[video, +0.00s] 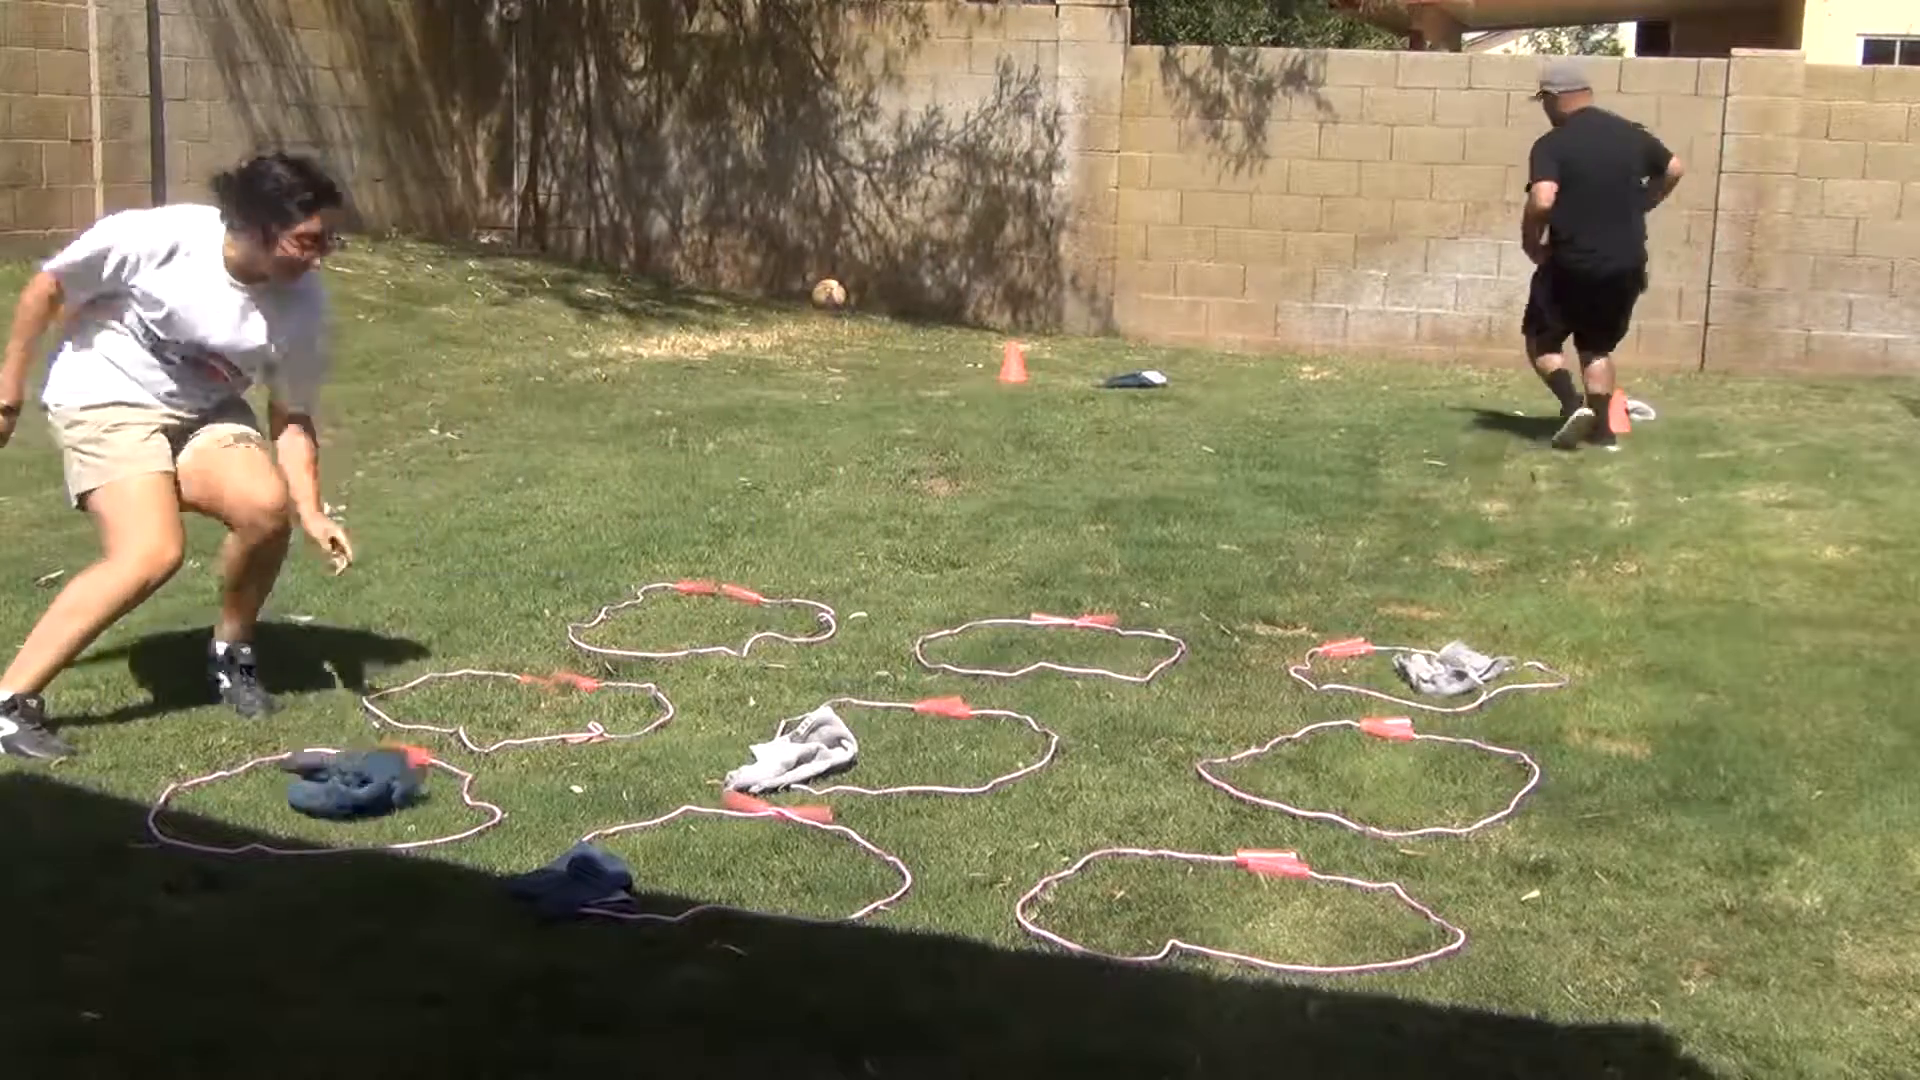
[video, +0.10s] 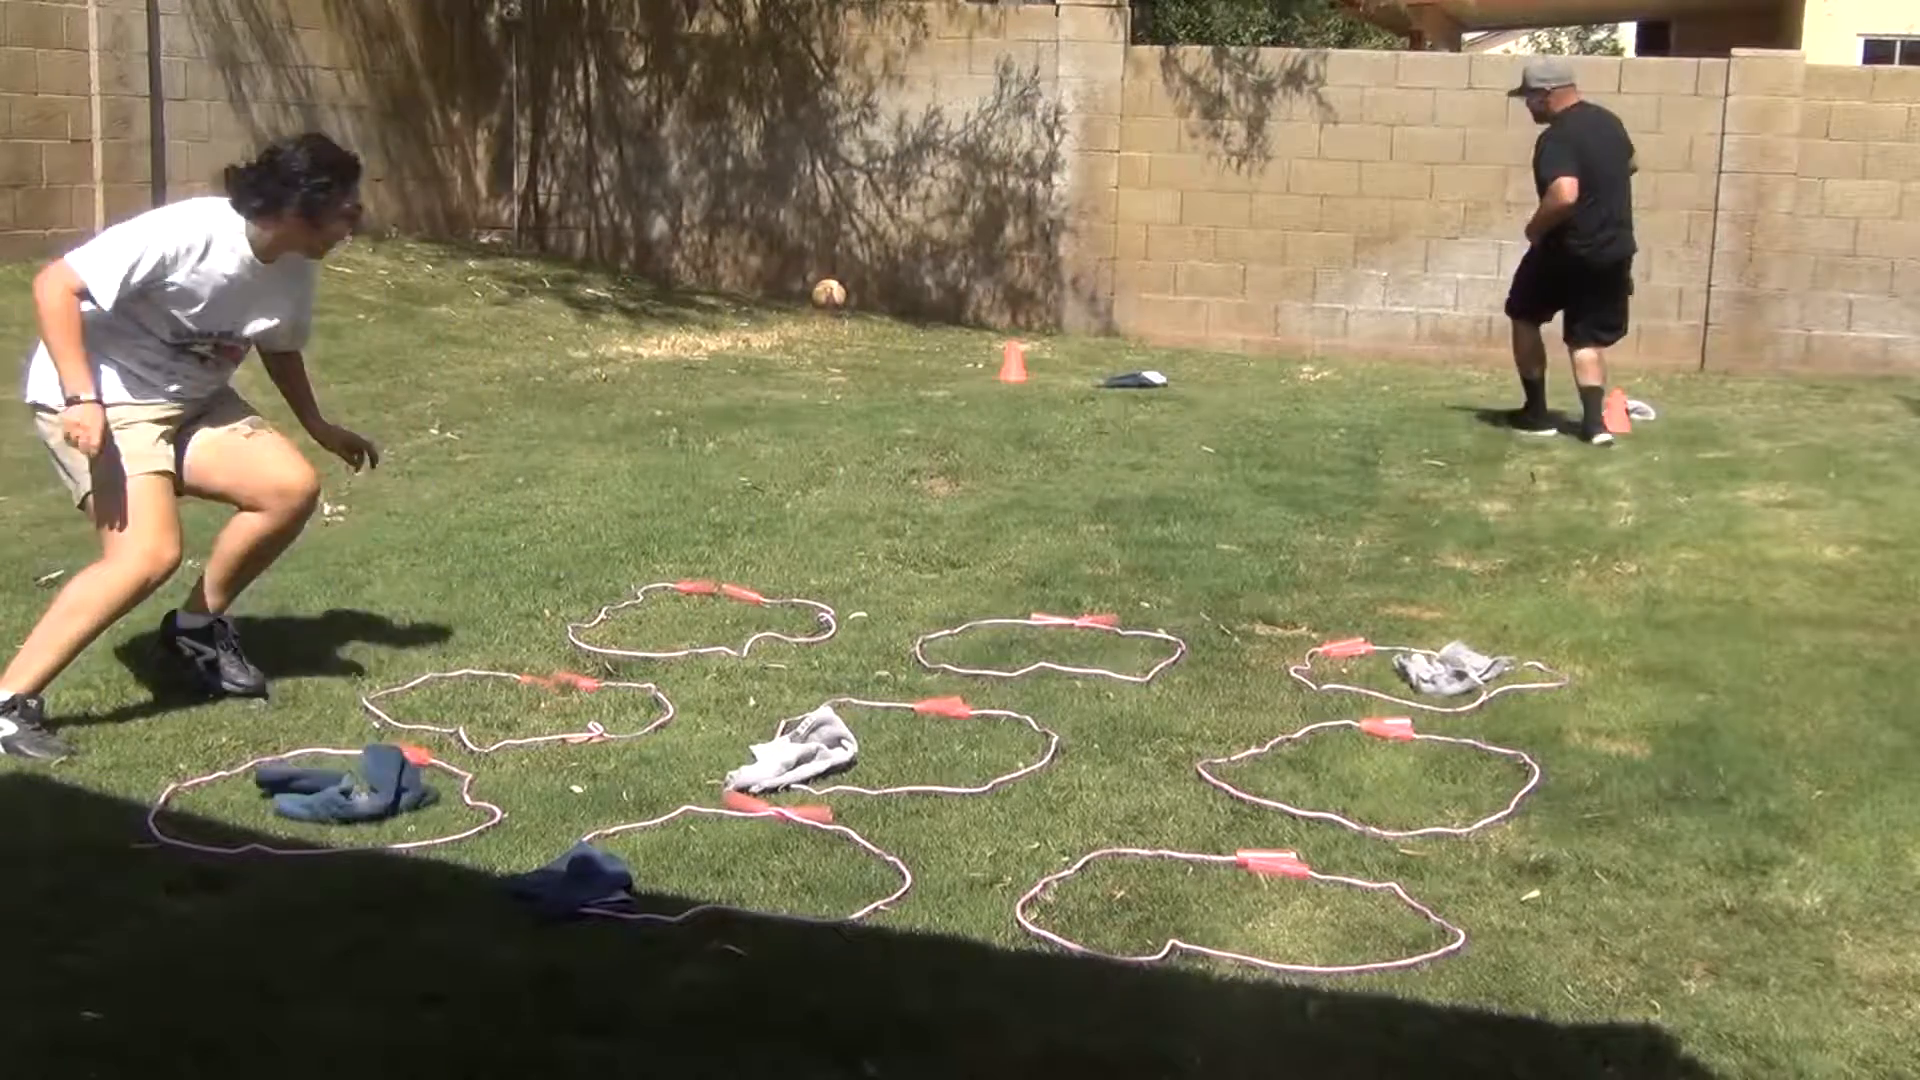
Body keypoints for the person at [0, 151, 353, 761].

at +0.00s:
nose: (320, 256)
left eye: (326, 241)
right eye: (309, 241)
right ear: (262, 228)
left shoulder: (302, 306)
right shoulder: (158, 239)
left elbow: (295, 418)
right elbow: (47, 285)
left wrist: (314, 513)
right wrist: (9, 393)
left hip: (207, 411)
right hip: (108, 396)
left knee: (269, 506)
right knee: (149, 552)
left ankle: (232, 652)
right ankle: (10, 699)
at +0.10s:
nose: (355, 224)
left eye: (354, 211)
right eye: (346, 212)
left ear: (299, 214)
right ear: (298, 212)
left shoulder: (294, 267)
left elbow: (280, 347)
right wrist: (81, 399)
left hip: (191, 399)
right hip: (104, 399)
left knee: (291, 489)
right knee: (149, 552)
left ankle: (197, 624)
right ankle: (9, 699)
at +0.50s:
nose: (438, 133)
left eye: (440, 120)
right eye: (436, 118)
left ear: (378, 104)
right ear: (416, 115)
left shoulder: (373, 186)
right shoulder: (371, 144)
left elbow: (423, 271)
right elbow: (288, 160)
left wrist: (495, 226)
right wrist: (265, 243)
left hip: (202, 316)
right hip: (275, 321)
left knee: (239, 483)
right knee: (373, 443)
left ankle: (127, 613)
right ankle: (267, 549)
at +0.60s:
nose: (483, 107)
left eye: (485, 96)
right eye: (483, 95)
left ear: (425, 77)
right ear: (469, 92)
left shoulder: (438, 172)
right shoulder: (425, 117)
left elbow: (481, 246)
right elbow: (350, 118)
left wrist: (562, 230)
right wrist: (349, 212)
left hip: (276, 287)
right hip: (351, 296)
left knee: (249, 446)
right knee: (435, 408)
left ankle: (164, 578)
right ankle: (382, 561)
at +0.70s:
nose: (527, 101)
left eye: (527, 90)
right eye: (527, 90)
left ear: (468, 85)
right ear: (516, 86)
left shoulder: (434, 130)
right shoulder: (495, 125)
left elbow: (422, 234)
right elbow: (451, 168)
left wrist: (495, 300)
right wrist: (476, 269)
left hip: (340, 285)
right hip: (410, 294)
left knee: (374, 449)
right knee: (469, 432)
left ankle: (263, 513)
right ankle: (396, 569)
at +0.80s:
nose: (583, 121)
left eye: (582, 111)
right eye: (582, 111)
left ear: (526, 102)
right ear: (571, 108)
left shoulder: (483, 133)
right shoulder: (565, 149)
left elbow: (396, 180)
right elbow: (572, 241)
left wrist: (388, 259)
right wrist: (601, 254)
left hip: (406, 288)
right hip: (469, 298)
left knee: (479, 412)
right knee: (482, 446)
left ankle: (415, 481)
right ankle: (399, 563)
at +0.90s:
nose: (633, 106)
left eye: (630, 99)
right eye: (633, 98)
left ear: (577, 88)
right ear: (625, 97)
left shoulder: (525, 114)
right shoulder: (626, 144)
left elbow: (433, 129)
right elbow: (648, 240)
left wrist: (401, 204)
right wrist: (619, 245)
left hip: (467, 277)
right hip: (538, 292)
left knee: (571, 360)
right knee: (486, 422)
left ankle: (566, 496)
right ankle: (424, 535)